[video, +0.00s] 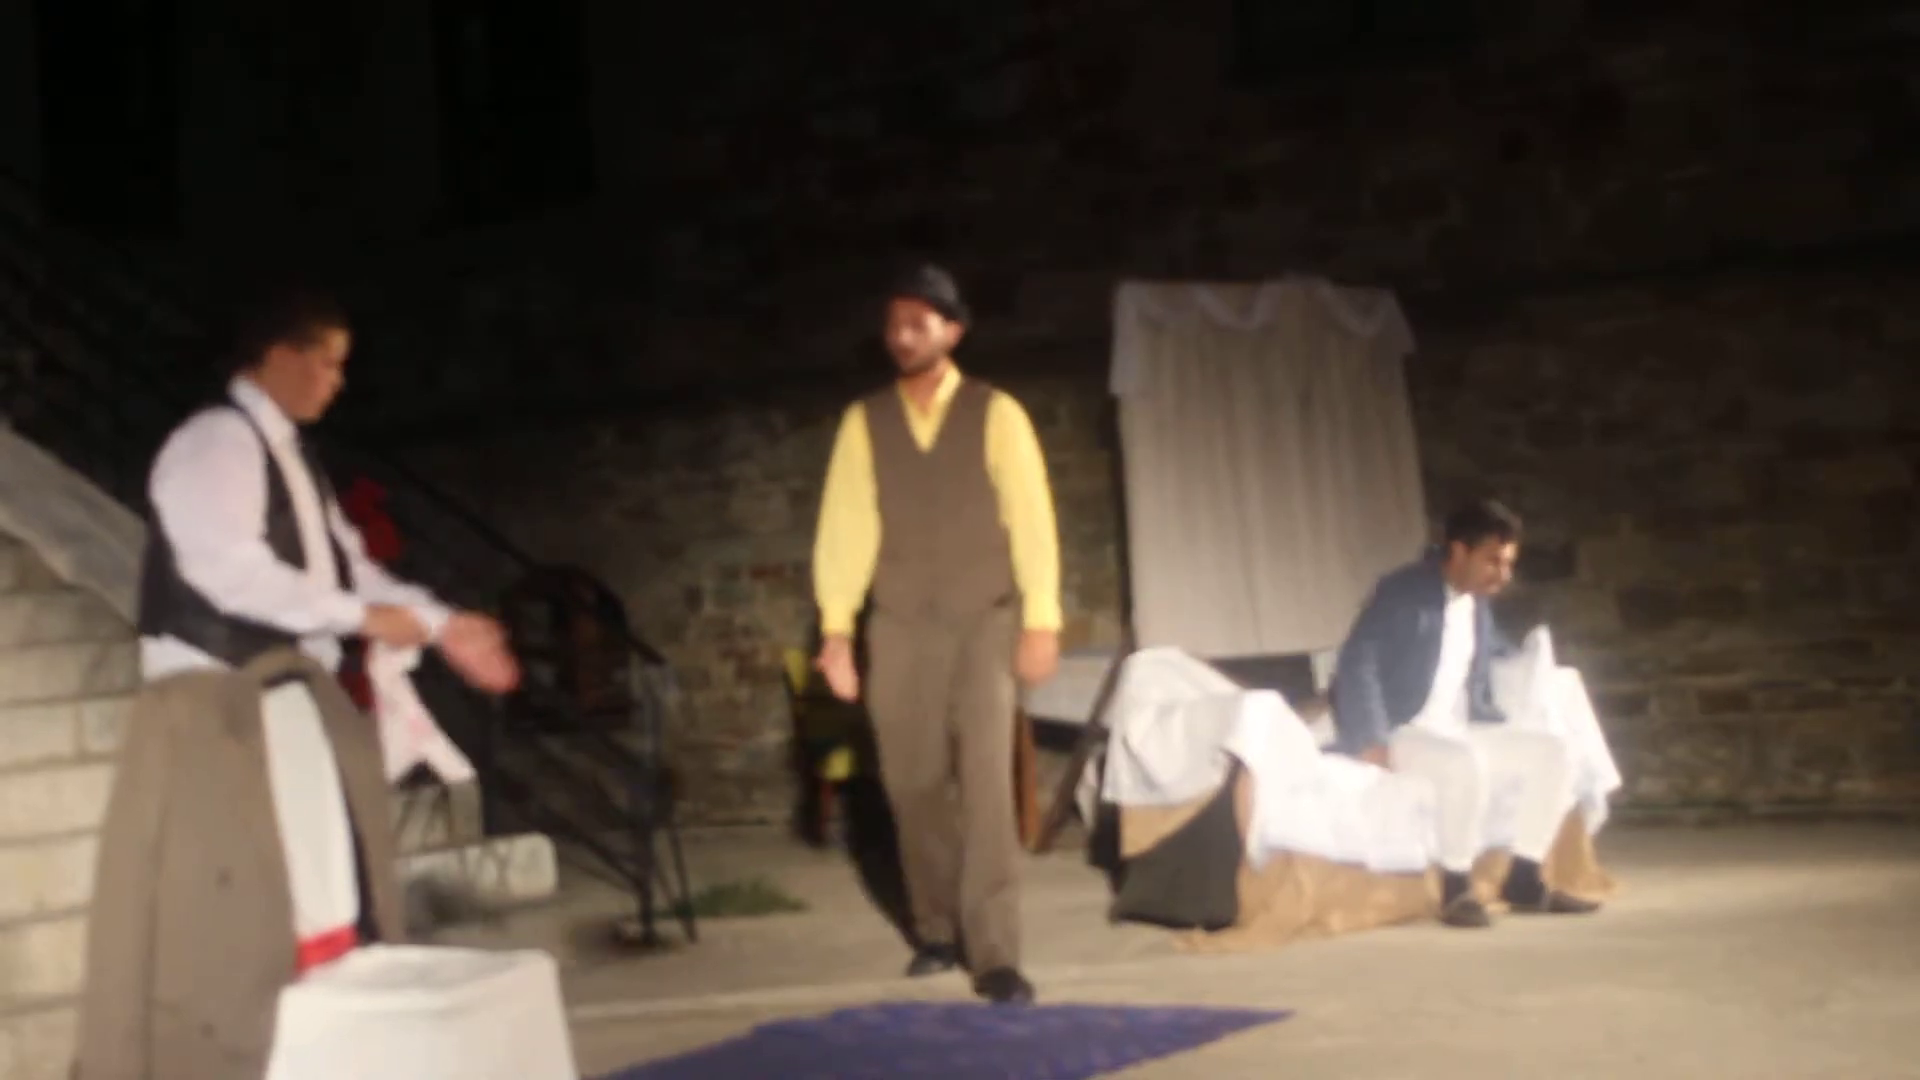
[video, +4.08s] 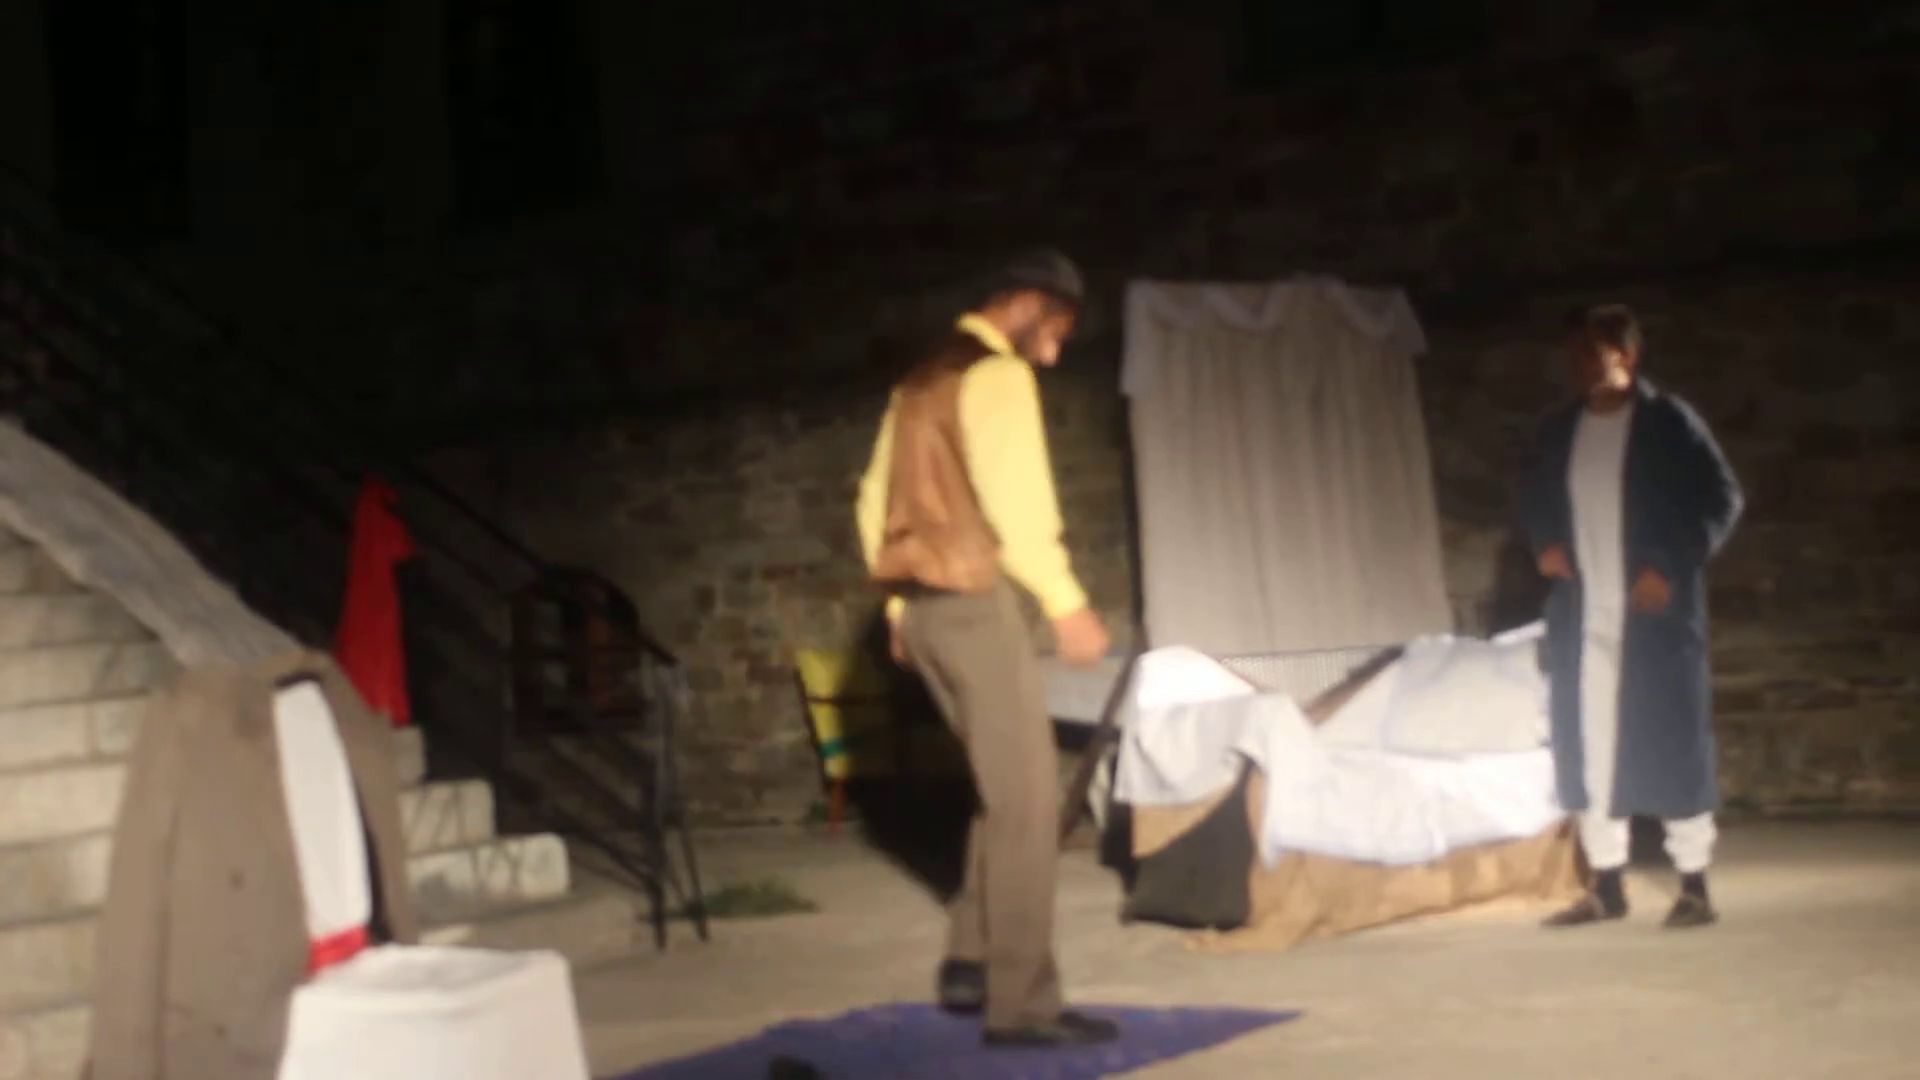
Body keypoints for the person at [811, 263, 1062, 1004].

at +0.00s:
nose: (903, 335)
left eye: (918, 323)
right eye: (896, 322)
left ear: (954, 330)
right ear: (884, 331)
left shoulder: (998, 415)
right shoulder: (863, 423)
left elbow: (1032, 521)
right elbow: (843, 528)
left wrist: (1040, 622)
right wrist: (836, 629)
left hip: (988, 622)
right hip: (898, 627)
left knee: (987, 783)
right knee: (910, 782)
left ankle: (996, 955)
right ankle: (937, 934)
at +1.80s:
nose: (854, 304)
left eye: (871, 289)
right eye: (847, 288)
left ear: (912, 290)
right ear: (839, 293)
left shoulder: (978, 376)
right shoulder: (819, 391)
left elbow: (1031, 489)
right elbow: (802, 513)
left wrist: (1012, 599)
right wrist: (819, 619)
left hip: (959, 625)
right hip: (856, 629)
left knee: (949, 818)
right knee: (842, 821)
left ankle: (952, 1003)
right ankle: (838, 1008)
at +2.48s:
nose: (845, 330)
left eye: (859, 316)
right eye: (831, 312)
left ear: (873, 315)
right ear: (795, 301)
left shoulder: (889, 384)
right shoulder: (741, 387)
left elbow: (916, 504)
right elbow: (699, 509)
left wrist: (921, 616)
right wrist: (703, 621)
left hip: (880, 637)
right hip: (781, 640)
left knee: (896, 825)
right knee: (792, 831)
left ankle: (880, 1016)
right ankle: (809, 1021)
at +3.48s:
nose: (968, 322)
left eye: (973, 307)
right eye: (962, 304)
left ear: (936, 300)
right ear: (914, 291)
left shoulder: (924, 383)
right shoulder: (845, 379)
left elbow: (913, 507)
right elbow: (794, 496)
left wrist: (935, 617)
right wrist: (822, 605)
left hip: (932, 620)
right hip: (882, 620)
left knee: (948, 811)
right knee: (894, 813)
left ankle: (946, 1001)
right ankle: (873, 1012)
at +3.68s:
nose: (999, 307)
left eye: (1001, 290)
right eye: (994, 289)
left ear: (946, 286)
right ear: (953, 286)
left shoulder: (924, 368)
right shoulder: (898, 369)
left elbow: (883, 492)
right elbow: (845, 485)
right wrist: (864, 599)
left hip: (923, 610)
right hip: (918, 612)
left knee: (925, 817)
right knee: (955, 811)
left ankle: (928, 1004)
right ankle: (983, 1002)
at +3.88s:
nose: (1023, 324)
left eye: (1027, 307)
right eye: (1018, 305)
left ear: (969, 298)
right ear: (980, 292)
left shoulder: (923, 362)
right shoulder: (952, 366)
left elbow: (920, 491)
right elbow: (932, 486)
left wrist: (952, 596)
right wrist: (953, 606)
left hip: (909, 607)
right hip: (949, 608)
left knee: (948, 808)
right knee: (1013, 799)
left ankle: (942, 1002)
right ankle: (1020, 1002)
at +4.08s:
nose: (1056, 349)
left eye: (1062, 334)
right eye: (1056, 329)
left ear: (1004, 305)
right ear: (1025, 306)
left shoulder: (919, 382)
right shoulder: (999, 377)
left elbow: (876, 498)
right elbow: (1019, 504)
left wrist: (897, 593)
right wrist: (1067, 606)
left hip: (926, 612)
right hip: (979, 609)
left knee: (1010, 790)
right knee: (1025, 800)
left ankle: (971, 961)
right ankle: (1023, 1005)